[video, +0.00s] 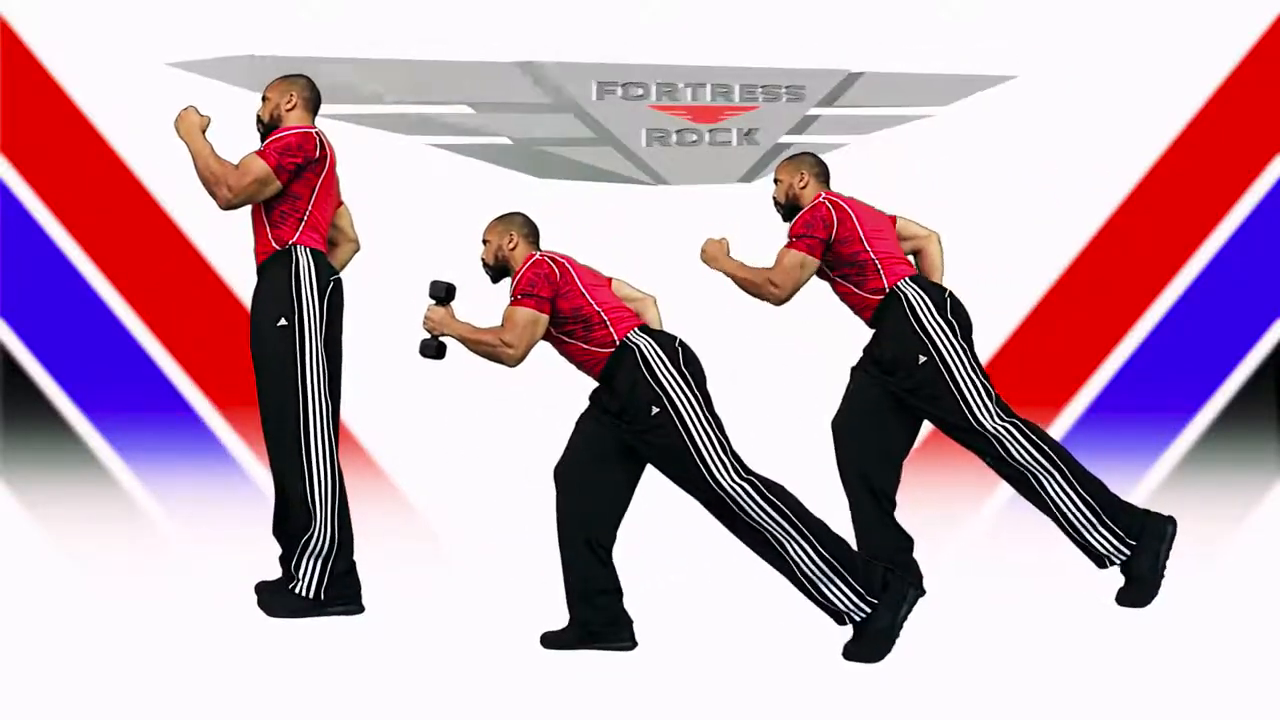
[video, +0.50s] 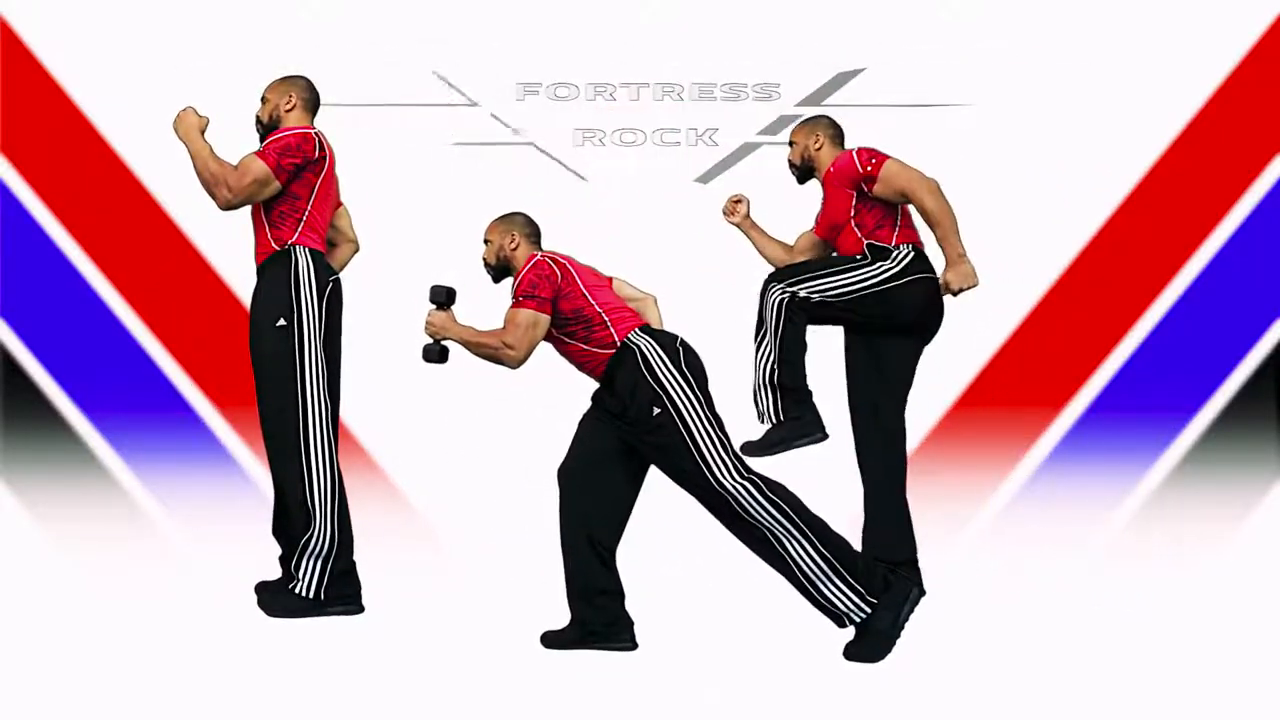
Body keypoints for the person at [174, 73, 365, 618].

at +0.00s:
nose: (258, 108)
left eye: (264, 98)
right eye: (260, 101)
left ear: (288, 101)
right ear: (301, 106)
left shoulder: (299, 141)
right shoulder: (308, 153)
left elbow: (229, 190)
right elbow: (345, 239)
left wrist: (195, 136)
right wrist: (300, 287)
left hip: (296, 285)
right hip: (296, 286)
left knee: (304, 432)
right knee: (295, 432)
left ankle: (323, 583)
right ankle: (309, 575)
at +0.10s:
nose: (258, 109)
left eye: (264, 99)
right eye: (260, 101)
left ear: (287, 100)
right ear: (302, 105)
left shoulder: (298, 141)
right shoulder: (310, 153)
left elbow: (228, 190)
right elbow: (344, 240)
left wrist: (194, 136)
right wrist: (300, 287)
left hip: (295, 284)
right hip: (297, 286)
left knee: (305, 430)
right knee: (296, 431)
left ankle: (322, 582)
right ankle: (311, 574)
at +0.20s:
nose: (258, 108)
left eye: (264, 98)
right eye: (260, 100)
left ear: (287, 100)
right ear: (300, 105)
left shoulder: (298, 142)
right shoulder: (308, 154)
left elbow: (228, 190)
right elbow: (344, 240)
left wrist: (194, 136)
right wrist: (299, 288)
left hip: (295, 285)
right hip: (296, 287)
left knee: (305, 432)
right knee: (295, 433)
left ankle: (322, 582)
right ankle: (310, 575)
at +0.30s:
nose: (257, 109)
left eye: (263, 99)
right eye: (260, 102)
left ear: (287, 101)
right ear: (300, 106)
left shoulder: (298, 142)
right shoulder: (308, 155)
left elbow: (228, 191)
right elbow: (344, 240)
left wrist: (194, 136)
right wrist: (299, 288)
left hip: (295, 285)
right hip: (296, 287)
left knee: (304, 431)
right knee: (295, 432)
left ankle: (322, 582)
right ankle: (311, 575)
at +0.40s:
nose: (257, 109)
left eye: (263, 99)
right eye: (259, 102)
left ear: (287, 100)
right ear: (299, 105)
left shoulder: (299, 141)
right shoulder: (306, 154)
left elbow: (228, 191)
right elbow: (344, 240)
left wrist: (193, 136)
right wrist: (300, 287)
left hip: (295, 285)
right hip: (296, 286)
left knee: (304, 431)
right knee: (295, 432)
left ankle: (322, 582)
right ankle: (311, 575)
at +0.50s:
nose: (257, 111)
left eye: (263, 100)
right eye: (259, 103)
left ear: (287, 101)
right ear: (299, 106)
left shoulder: (299, 141)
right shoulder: (306, 154)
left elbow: (228, 191)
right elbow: (344, 240)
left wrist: (194, 137)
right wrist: (299, 287)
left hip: (296, 285)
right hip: (295, 287)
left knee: (305, 432)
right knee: (295, 432)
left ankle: (322, 582)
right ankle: (310, 575)